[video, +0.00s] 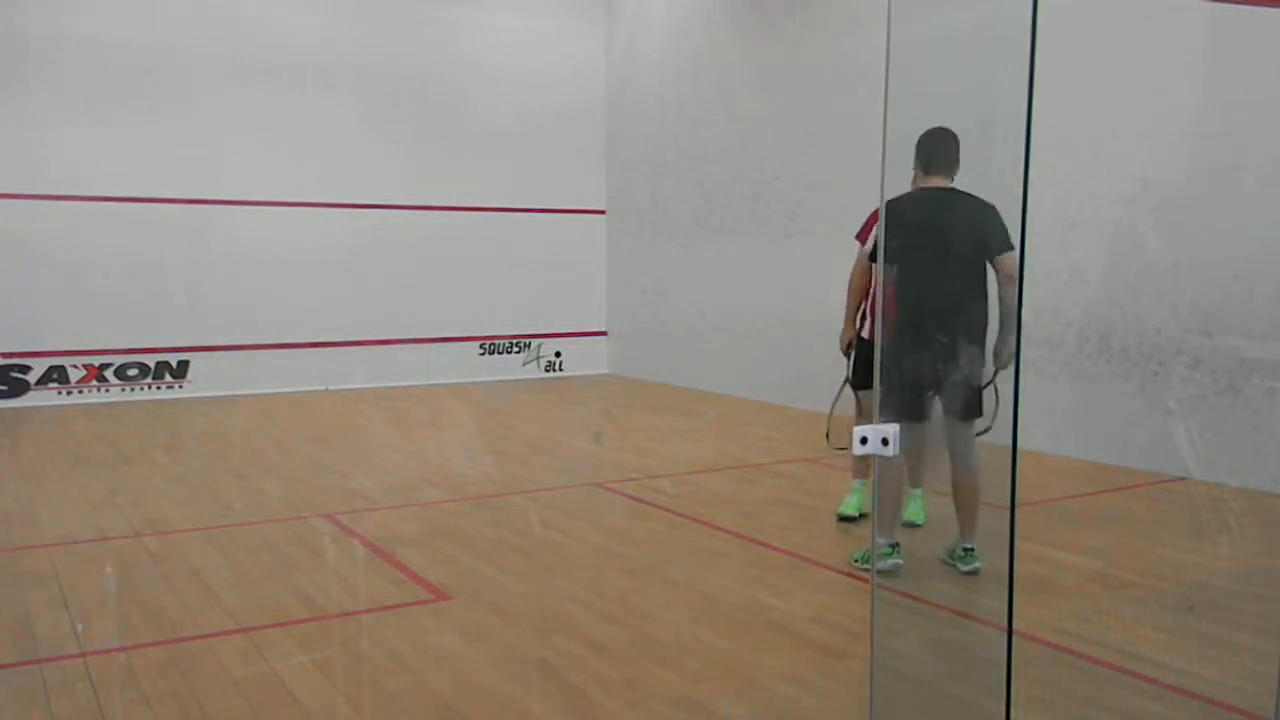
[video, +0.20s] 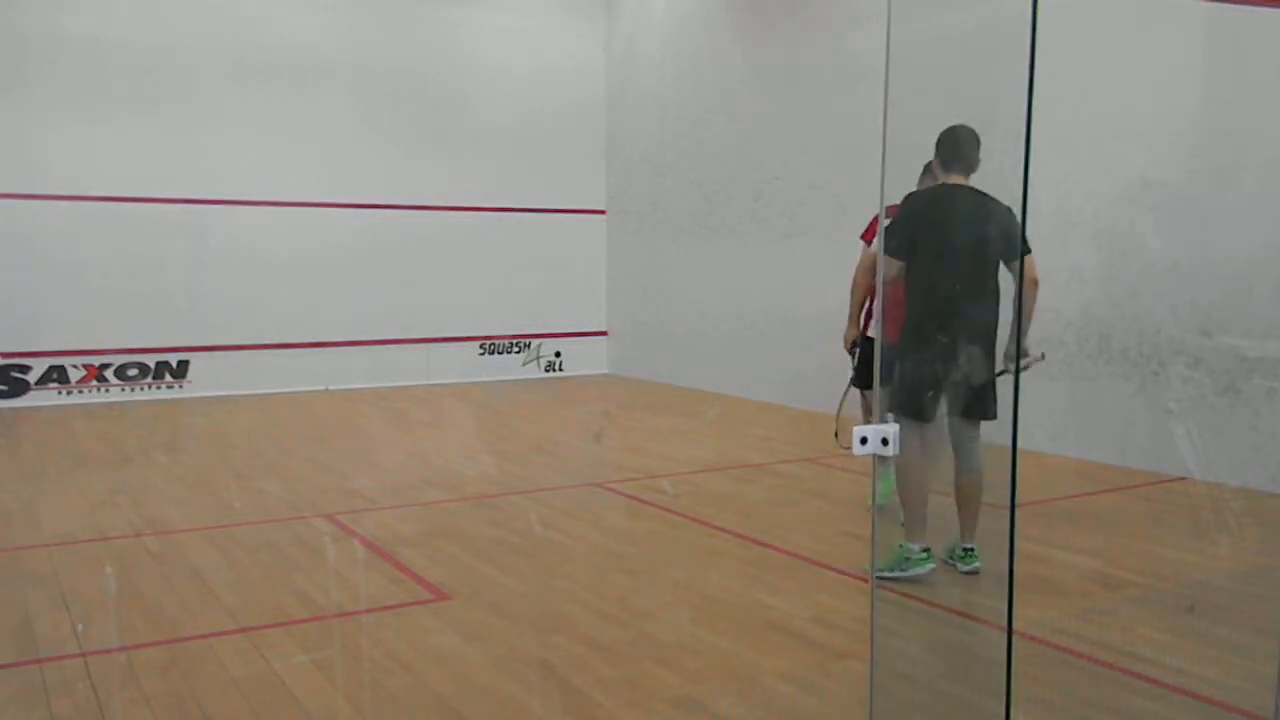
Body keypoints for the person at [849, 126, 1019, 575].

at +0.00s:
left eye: (920, 163)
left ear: (916, 164)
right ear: (957, 166)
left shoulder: (894, 210)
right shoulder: (981, 212)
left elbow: (869, 275)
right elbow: (1009, 275)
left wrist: (855, 326)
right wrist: (1007, 336)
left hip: (906, 342)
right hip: (964, 343)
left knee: (893, 440)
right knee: (963, 440)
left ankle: (884, 545)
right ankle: (967, 546)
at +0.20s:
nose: (943, 166)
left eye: (939, 158)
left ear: (936, 161)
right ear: (977, 163)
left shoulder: (916, 207)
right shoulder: (996, 212)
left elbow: (887, 272)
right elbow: (1029, 279)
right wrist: (1021, 338)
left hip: (923, 339)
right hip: (976, 342)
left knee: (912, 437)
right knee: (968, 438)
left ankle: (916, 548)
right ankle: (967, 547)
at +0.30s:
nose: (947, 163)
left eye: (943, 156)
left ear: (940, 159)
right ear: (981, 162)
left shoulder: (922, 206)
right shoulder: (1001, 213)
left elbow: (891, 270)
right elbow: (1032, 279)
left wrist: (925, 261)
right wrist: (1025, 338)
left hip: (932, 340)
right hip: (981, 342)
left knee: (920, 436)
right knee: (968, 437)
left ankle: (938, 551)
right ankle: (968, 547)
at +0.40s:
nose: (948, 160)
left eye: (945, 152)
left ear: (942, 156)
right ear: (983, 159)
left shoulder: (929, 207)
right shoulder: (1004, 214)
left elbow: (905, 270)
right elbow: (1032, 281)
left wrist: (903, 293)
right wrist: (1023, 337)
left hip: (938, 344)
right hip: (984, 346)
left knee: (929, 441)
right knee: (968, 440)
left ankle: (956, 554)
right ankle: (965, 550)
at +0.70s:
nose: (925, 159)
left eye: (932, 150)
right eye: (927, 149)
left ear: (954, 156)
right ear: (961, 157)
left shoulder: (971, 208)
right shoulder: (968, 206)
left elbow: (972, 277)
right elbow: (973, 278)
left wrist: (922, 298)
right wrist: (925, 298)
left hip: (967, 352)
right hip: (960, 348)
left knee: (953, 451)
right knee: (949, 448)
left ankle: (977, 568)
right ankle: (966, 545)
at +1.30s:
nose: (967, 150)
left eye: (975, 142)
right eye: (956, 140)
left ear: (984, 149)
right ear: (931, 145)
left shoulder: (1002, 212)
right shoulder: (900, 212)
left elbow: (1021, 287)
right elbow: (876, 285)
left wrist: (992, 329)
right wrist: (856, 349)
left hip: (972, 361)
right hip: (911, 359)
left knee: (966, 466)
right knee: (915, 476)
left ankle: (974, 570)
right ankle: (913, 599)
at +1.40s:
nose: (960, 142)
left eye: (967, 133)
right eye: (949, 132)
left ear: (974, 141)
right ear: (923, 138)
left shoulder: (992, 206)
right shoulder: (891, 209)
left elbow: (1009, 287)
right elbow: (863, 285)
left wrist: (985, 338)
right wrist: (836, 352)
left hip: (965, 362)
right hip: (904, 361)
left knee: (959, 468)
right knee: (909, 477)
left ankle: (967, 564)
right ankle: (912, 604)